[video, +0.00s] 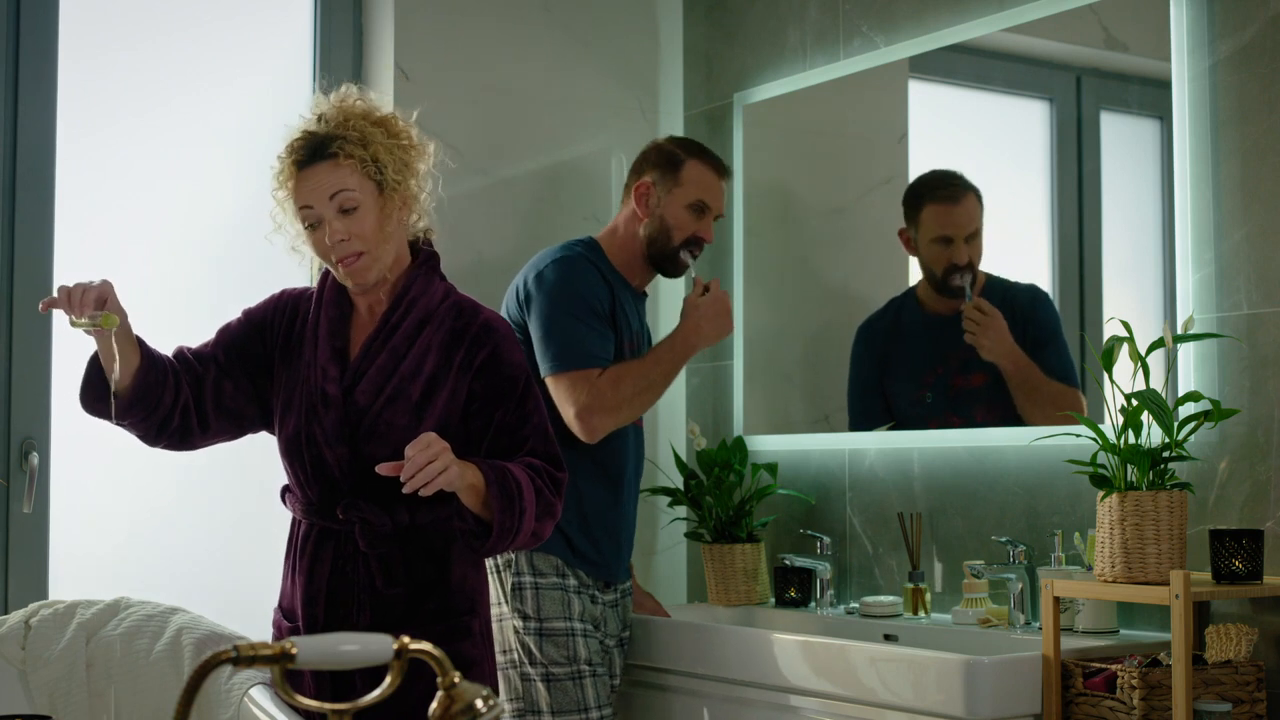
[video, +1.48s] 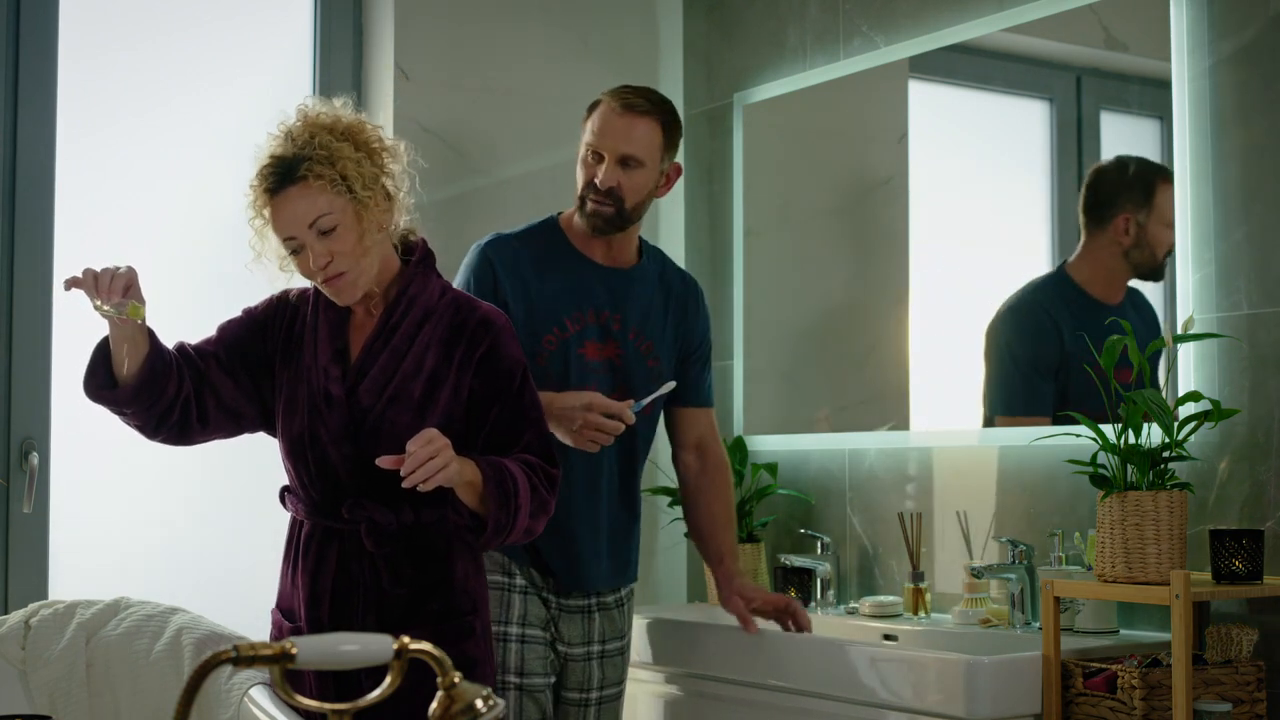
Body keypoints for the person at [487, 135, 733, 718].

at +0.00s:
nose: (707, 233)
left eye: (714, 219)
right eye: (697, 210)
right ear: (643, 198)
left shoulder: (629, 303)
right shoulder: (564, 276)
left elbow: (596, 465)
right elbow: (587, 412)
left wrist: (623, 581)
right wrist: (689, 337)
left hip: (599, 578)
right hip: (544, 570)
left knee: (586, 706)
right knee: (565, 710)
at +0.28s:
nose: (689, 220)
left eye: (697, 206)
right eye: (674, 198)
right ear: (621, 191)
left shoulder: (627, 302)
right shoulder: (559, 276)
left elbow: (599, 464)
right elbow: (575, 416)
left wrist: (622, 579)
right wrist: (683, 348)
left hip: (599, 575)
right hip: (544, 568)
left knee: (588, 706)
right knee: (566, 710)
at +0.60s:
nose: (660, 203)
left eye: (672, 187)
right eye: (642, 183)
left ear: (681, 193)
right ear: (597, 185)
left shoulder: (630, 304)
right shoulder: (539, 279)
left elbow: (603, 461)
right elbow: (514, 413)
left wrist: (626, 579)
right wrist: (646, 387)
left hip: (601, 577)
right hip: (541, 567)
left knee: (587, 708)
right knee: (570, 710)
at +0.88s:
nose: (631, 185)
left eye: (650, 171)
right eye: (616, 165)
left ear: (672, 186)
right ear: (586, 170)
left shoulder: (646, 298)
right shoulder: (522, 276)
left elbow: (605, 448)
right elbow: (492, 422)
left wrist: (622, 566)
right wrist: (614, 404)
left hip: (606, 578)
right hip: (534, 572)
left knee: (600, 710)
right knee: (555, 712)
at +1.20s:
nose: (613, 178)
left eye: (636, 164)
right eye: (601, 156)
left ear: (668, 178)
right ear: (579, 156)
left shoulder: (668, 295)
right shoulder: (508, 265)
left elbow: (682, 441)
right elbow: (469, 413)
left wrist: (710, 563)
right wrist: (573, 404)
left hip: (604, 566)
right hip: (513, 556)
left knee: (594, 712)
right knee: (523, 714)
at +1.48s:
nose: (603, 179)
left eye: (627, 164)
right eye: (594, 157)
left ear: (666, 179)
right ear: (578, 153)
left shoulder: (678, 298)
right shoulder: (500, 264)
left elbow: (699, 449)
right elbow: (451, 399)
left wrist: (729, 578)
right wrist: (542, 409)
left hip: (604, 568)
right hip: (503, 556)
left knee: (592, 711)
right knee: (506, 712)